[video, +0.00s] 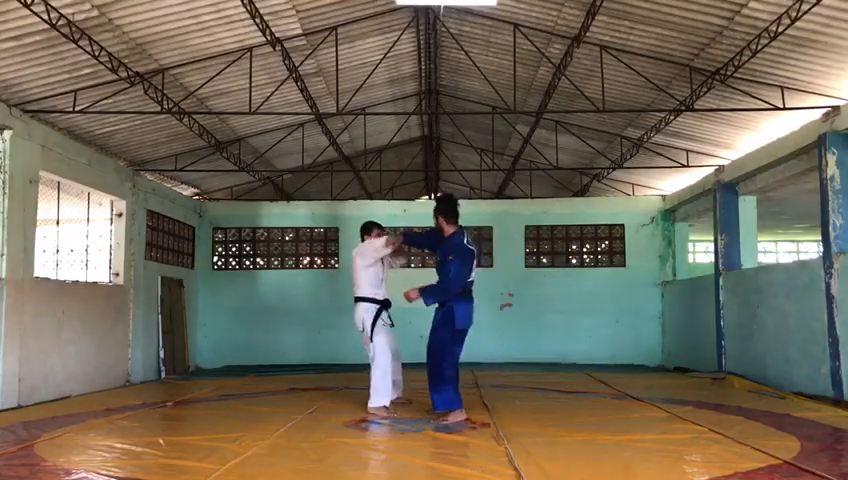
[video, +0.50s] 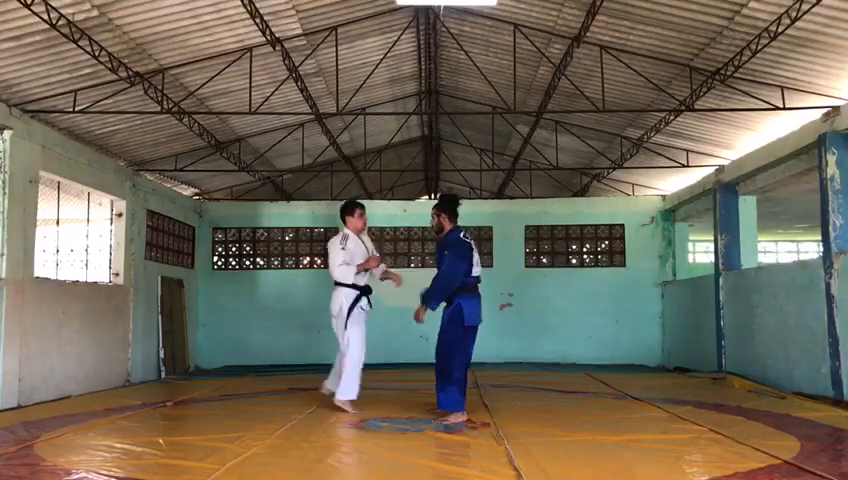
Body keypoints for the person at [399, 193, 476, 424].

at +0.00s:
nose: (435, 221)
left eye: (436, 218)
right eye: (436, 218)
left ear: (441, 219)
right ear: (453, 218)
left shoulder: (460, 247)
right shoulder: (447, 239)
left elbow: (453, 284)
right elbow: (425, 239)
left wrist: (422, 292)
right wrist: (402, 238)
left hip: (456, 307)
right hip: (447, 306)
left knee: (443, 356)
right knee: (437, 354)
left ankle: (455, 409)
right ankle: (447, 406)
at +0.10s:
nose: (433, 220)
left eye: (434, 216)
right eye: (434, 216)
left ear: (439, 217)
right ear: (451, 216)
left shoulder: (456, 244)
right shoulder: (447, 237)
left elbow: (447, 281)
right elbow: (425, 242)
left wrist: (416, 285)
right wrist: (403, 243)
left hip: (453, 306)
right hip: (450, 305)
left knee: (442, 355)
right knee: (441, 354)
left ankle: (455, 409)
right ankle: (450, 406)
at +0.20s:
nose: (431, 220)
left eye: (433, 216)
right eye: (432, 216)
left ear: (439, 217)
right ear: (449, 216)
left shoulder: (452, 243)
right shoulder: (450, 238)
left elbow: (445, 278)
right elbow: (429, 254)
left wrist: (415, 284)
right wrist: (406, 251)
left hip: (453, 305)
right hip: (454, 303)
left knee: (444, 355)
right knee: (444, 354)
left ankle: (455, 409)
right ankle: (450, 405)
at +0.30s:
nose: (430, 222)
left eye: (431, 218)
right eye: (430, 218)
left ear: (438, 218)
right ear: (447, 217)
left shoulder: (450, 242)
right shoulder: (455, 239)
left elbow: (445, 278)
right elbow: (440, 271)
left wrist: (418, 287)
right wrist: (416, 263)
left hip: (455, 305)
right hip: (458, 303)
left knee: (442, 353)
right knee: (445, 353)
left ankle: (454, 407)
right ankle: (450, 404)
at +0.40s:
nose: (430, 222)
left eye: (431, 217)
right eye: (430, 217)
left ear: (438, 218)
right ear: (448, 217)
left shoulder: (453, 242)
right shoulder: (455, 239)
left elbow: (448, 278)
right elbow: (448, 277)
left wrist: (422, 295)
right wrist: (421, 280)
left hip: (458, 303)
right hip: (459, 301)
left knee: (444, 351)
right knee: (445, 351)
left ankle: (455, 407)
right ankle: (450, 403)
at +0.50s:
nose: (432, 222)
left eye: (433, 217)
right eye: (433, 217)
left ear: (440, 217)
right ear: (452, 216)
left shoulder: (453, 241)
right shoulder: (461, 238)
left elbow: (448, 277)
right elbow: (448, 276)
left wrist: (426, 303)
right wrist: (427, 297)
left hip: (460, 301)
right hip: (466, 298)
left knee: (449, 353)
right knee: (454, 353)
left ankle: (456, 409)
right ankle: (454, 405)